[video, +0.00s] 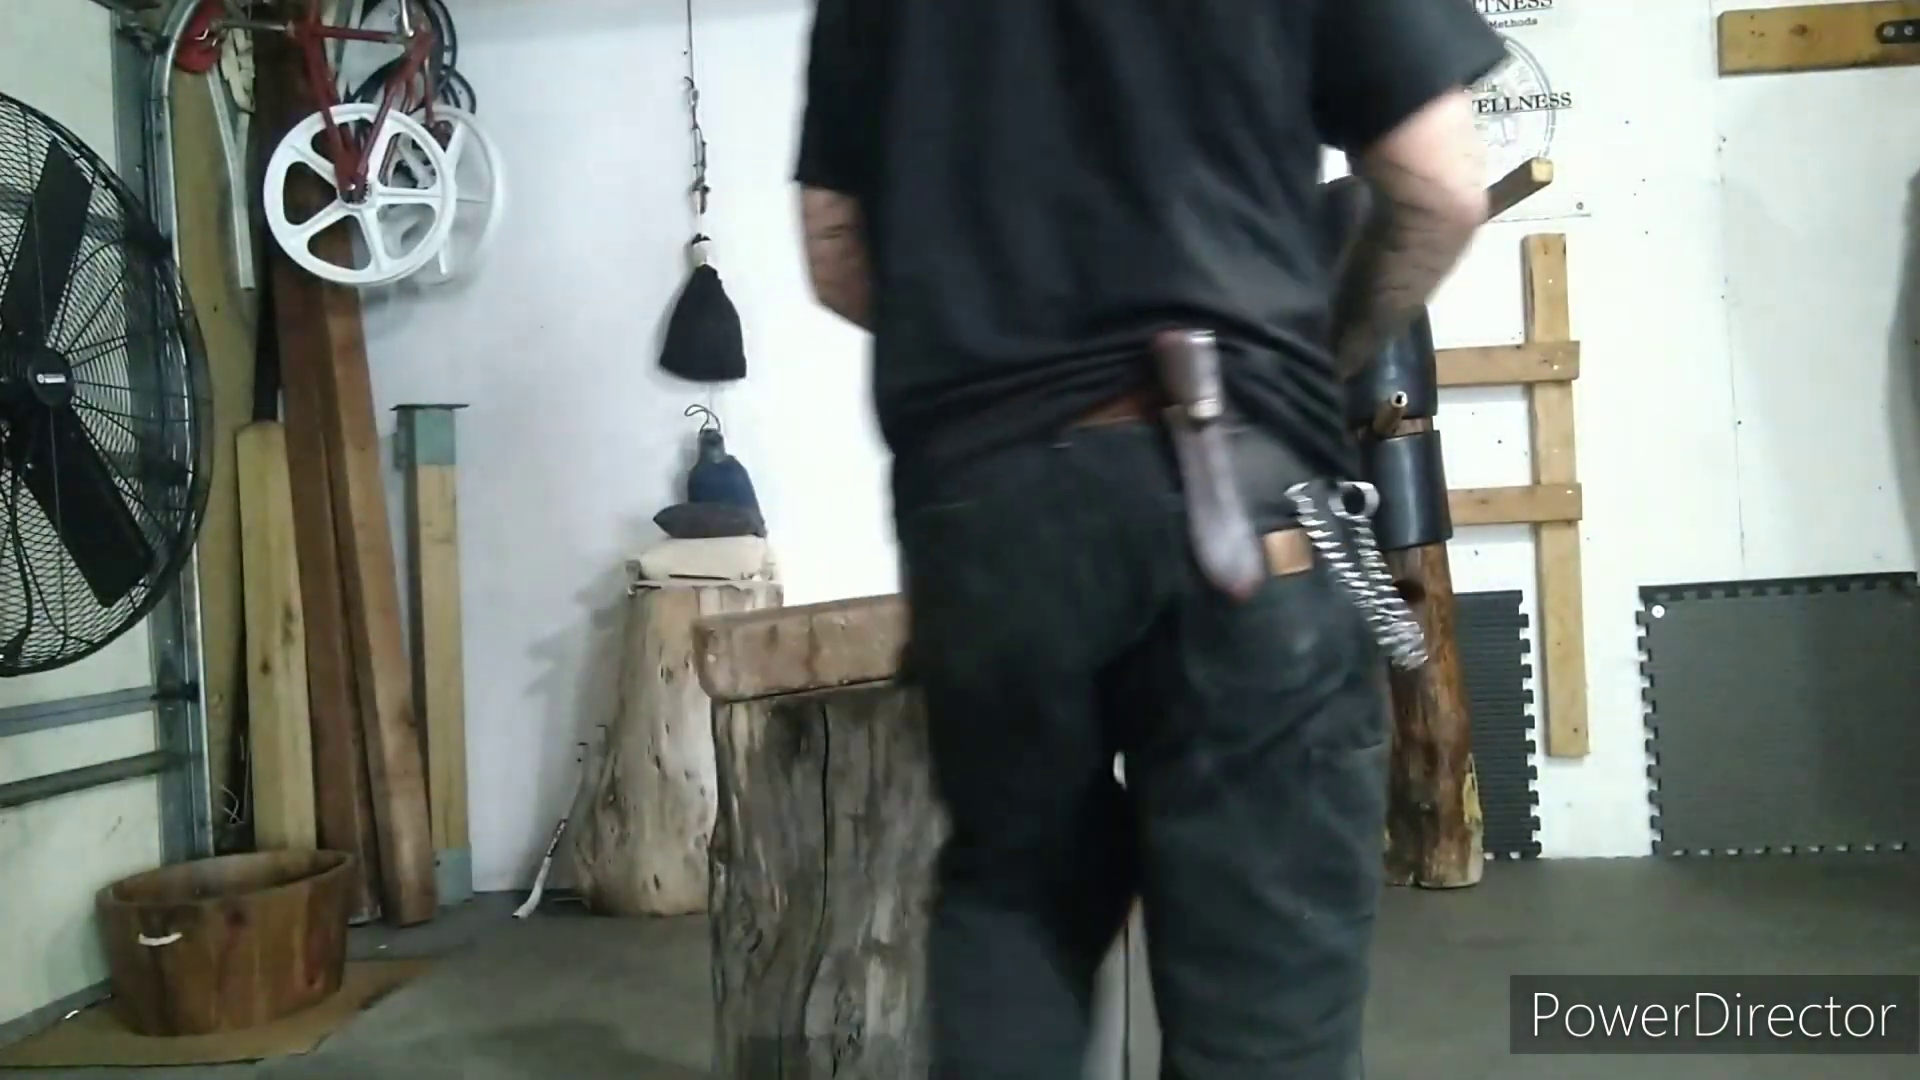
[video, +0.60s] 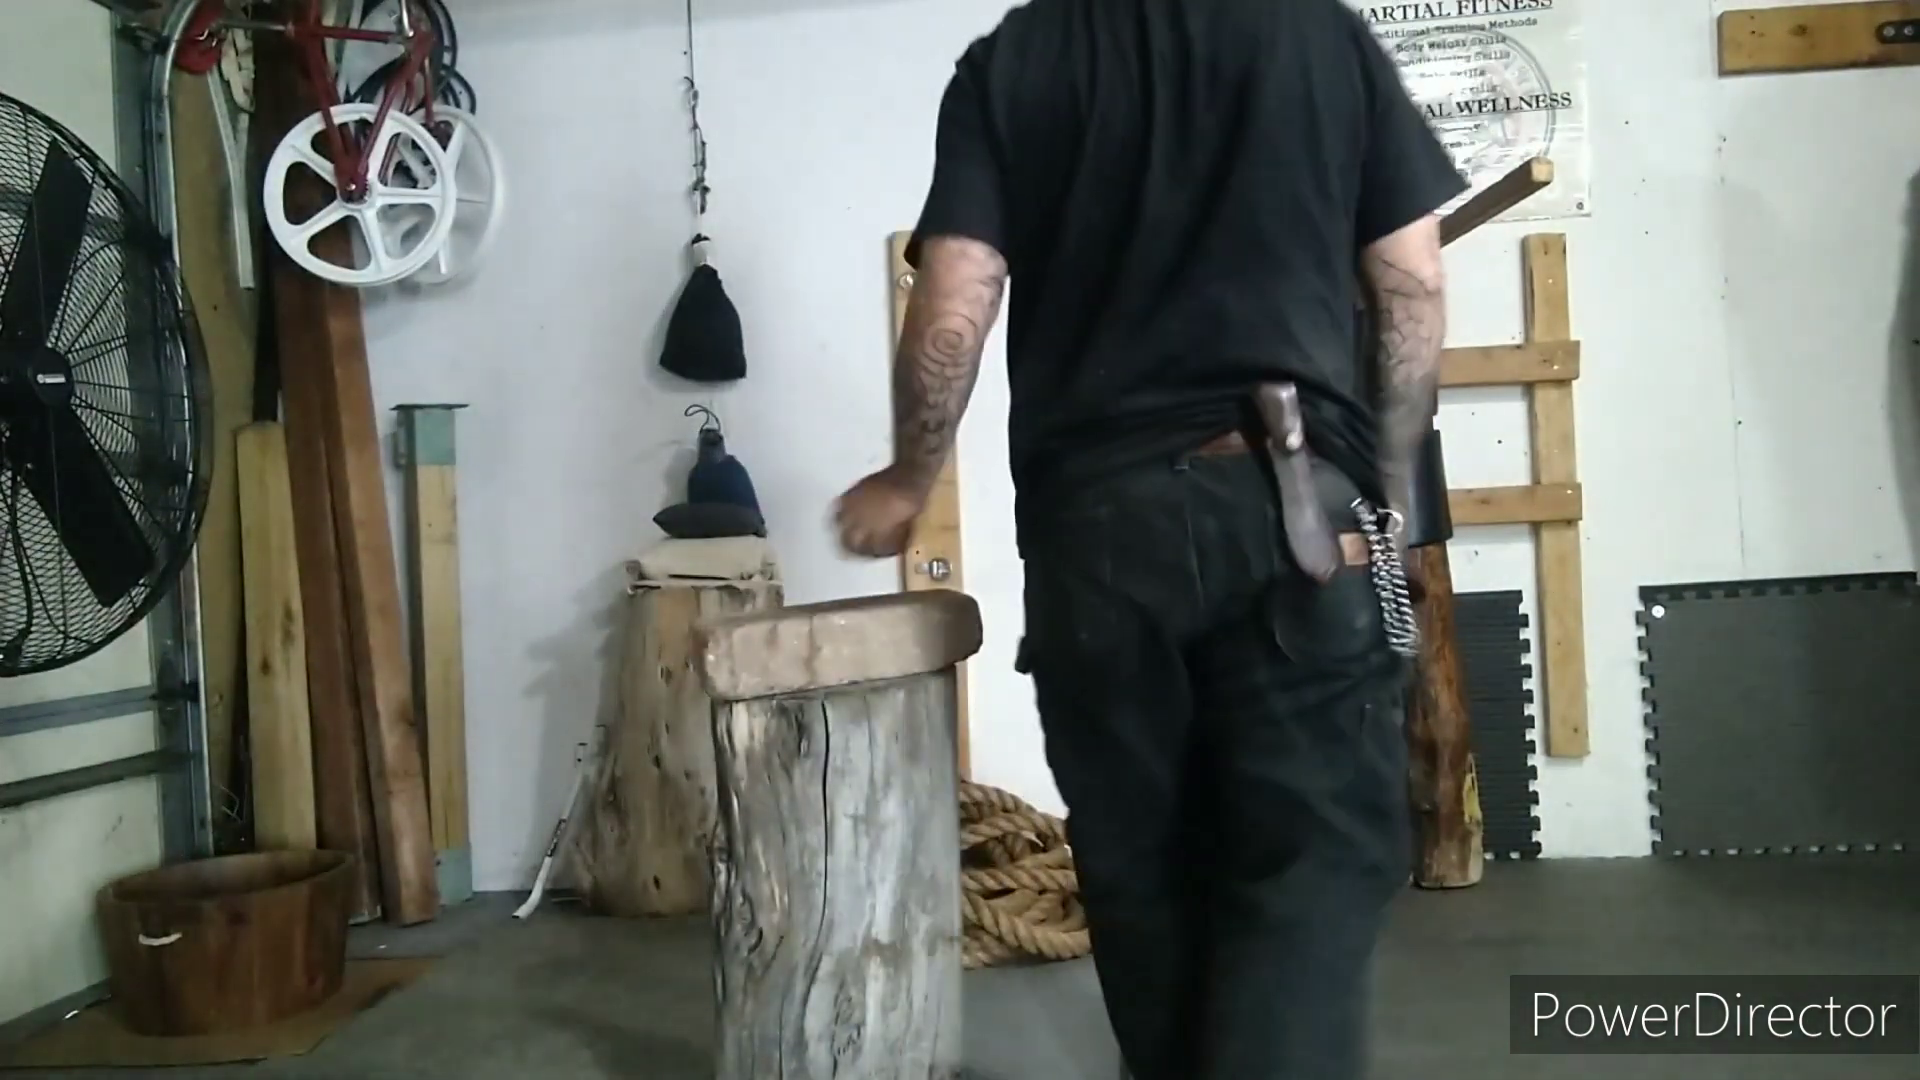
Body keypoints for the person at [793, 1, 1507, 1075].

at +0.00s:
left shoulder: (869, 6)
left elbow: (838, 254)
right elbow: (1439, 185)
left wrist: (1021, 340)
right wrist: (1310, 359)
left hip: (984, 482)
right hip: (1240, 458)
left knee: (1013, 888)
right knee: (1266, 974)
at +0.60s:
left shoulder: (1007, 58)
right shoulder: (1321, 28)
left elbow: (955, 305)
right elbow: (1411, 279)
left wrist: (908, 480)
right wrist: (1386, 494)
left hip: (1099, 513)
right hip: (1307, 496)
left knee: (1139, 887)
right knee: (1312, 867)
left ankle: (1172, 1071)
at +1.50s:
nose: (1013, 152)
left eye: (1010, 121)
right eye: (1001, 135)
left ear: (1063, 68)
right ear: (1082, 71)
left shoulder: (1102, 162)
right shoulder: (1225, 170)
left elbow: (1076, 351)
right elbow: (1270, 353)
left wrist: (935, 502)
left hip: (1146, 524)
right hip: (1250, 514)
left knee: (1054, 764)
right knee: (1224, 804)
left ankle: (1173, 1041)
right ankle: (1258, 1045)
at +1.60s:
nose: (996, 152)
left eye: (996, 122)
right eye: (984, 136)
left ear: (1055, 73)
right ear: (1066, 79)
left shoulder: (1094, 167)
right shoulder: (1188, 167)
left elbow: (1077, 349)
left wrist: (941, 499)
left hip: (1140, 522)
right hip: (1235, 510)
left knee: (1047, 765)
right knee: (1218, 790)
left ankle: (1094, 1031)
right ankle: (1251, 1031)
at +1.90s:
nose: (914, 178)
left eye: (916, 149)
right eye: (902, 162)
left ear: (973, 100)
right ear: (966, 111)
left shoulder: (1034, 199)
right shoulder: (1051, 191)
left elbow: (1062, 376)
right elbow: (1056, 381)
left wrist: (952, 523)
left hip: (1068, 551)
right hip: (1117, 536)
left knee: (1014, 808)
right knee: (1122, 771)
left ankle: (1011, 1046)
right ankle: (1244, 1014)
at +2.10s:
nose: (867, 180)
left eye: (868, 152)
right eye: (854, 163)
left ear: (922, 98)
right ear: (916, 107)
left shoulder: (1004, 198)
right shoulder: (972, 205)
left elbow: (1040, 382)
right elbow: (983, 383)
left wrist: (932, 523)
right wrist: (917, 532)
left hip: (1022, 549)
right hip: (997, 548)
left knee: (996, 791)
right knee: (1008, 767)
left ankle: (1012, 1045)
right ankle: (1148, 945)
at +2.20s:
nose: (849, 176)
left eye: (851, 147)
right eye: (834, 160)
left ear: (908, 99)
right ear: (891, 116)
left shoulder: (995, 202)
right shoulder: (933, 216)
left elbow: (1029, 385)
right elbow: (930, 379)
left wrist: (931, 521)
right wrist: (893, 530)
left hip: (992, 555)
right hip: (938, 552)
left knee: (991, 820)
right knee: (939, 815)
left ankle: (1013, 1050)